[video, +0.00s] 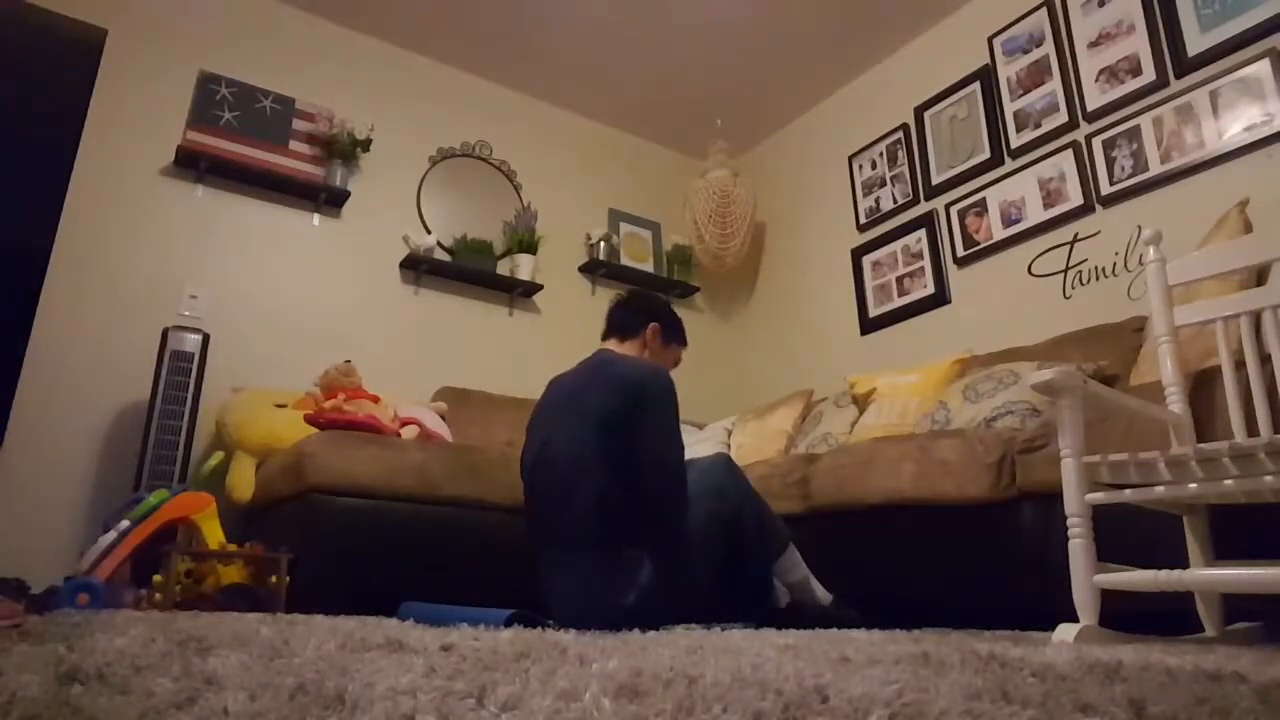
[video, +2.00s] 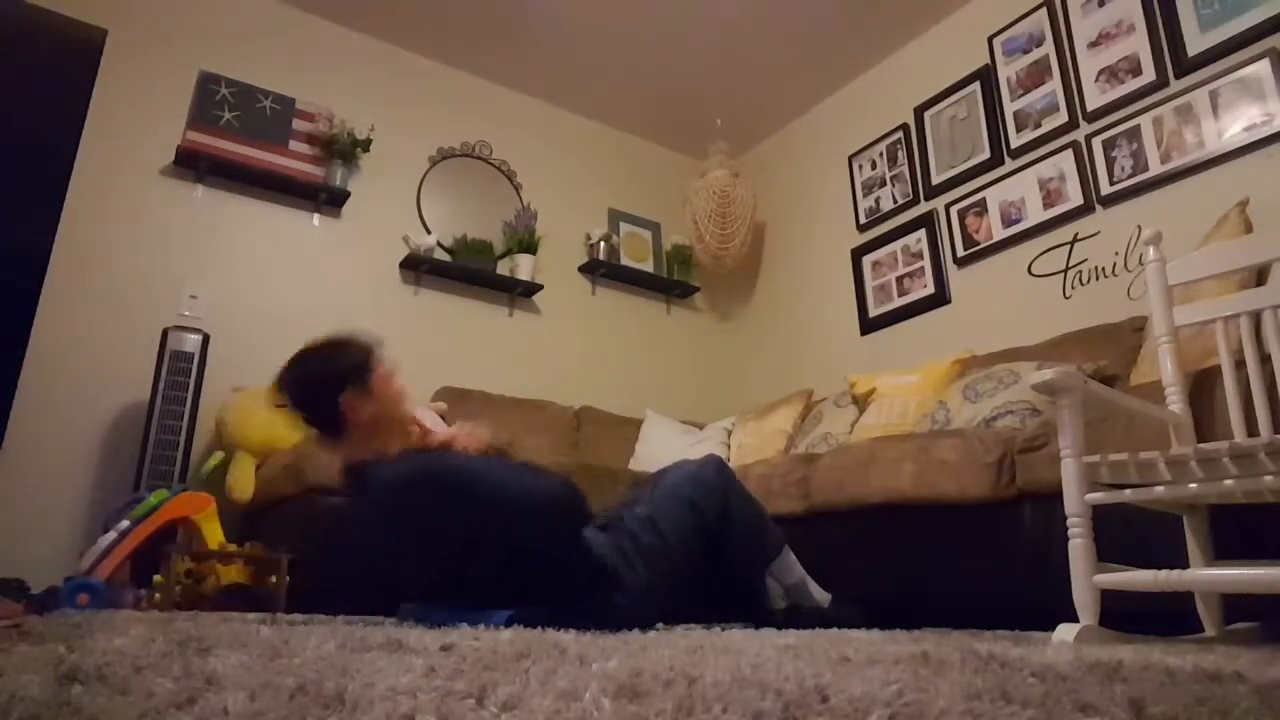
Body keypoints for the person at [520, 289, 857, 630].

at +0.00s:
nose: (669, 375)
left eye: (674, 367)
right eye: (672, 364)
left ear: (608, 336)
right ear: (652, 336)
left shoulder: (556, 388)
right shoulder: (646, 382)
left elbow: (536, 486)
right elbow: (667, 504)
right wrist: (674, 579)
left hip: (566, 598)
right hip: (628, 598)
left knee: (716, 470)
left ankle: (809, 592)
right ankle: (779, 605)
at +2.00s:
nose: (400, 383)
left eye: (389, 371)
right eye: (386, 376)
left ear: (341, 417)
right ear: (356, 406)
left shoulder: (364, 501)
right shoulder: (432, 480)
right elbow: (569, 505)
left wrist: (443, 456)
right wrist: (484, 454)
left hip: (541, 593)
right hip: (596, 588)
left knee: (668, 494)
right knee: (706, 477)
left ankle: (775, 613)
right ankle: (807, 599)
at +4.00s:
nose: (401, 387)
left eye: (391, 375)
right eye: (387, 379)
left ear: (343, 414)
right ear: (356, 404)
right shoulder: (427, 478)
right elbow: (570, 503)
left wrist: (444, 455)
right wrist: (482, 455)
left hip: (541, 595)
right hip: (595, 590)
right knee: (709, 474)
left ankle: (786, 610)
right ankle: (806, 599)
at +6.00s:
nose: (617, 341)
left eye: (618, 330)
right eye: (617, 328)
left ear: (561, 312)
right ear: (598, 312)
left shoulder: (519, 382)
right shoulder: (599, 368)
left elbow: (521, 488)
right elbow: (653, 487)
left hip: (555, 590)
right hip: (627, 592)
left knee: (718, 465)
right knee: (719, 474)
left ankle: (812, 591)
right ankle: (787, 600)